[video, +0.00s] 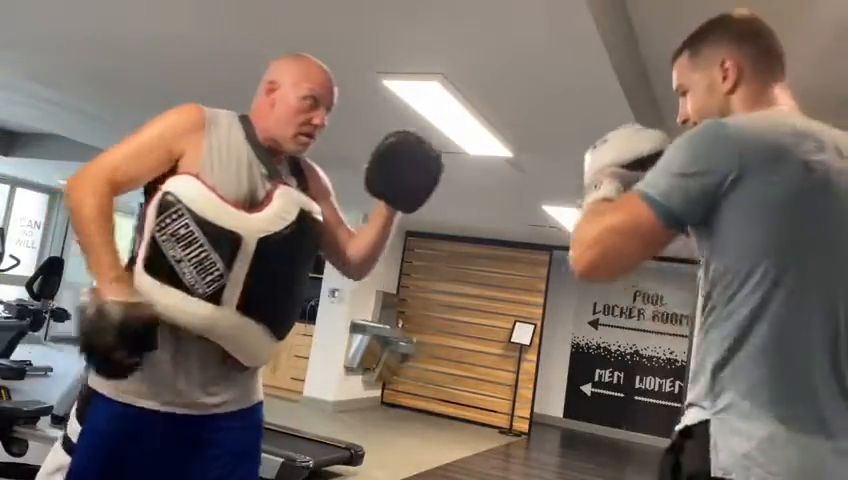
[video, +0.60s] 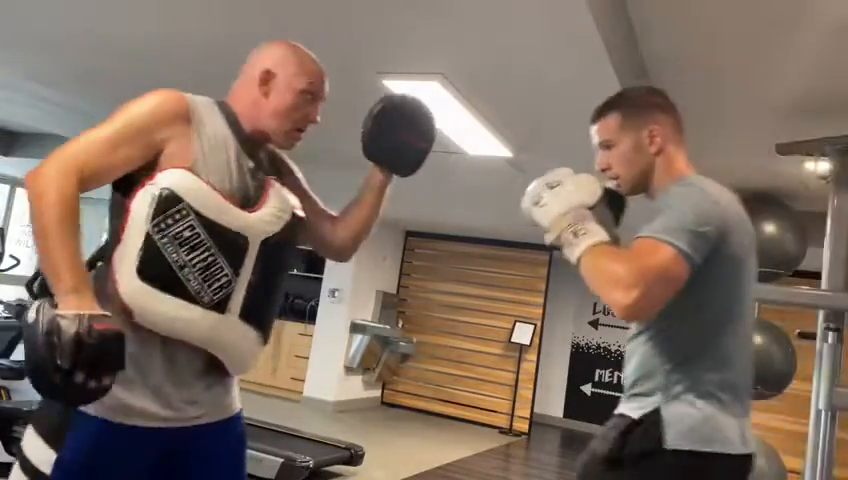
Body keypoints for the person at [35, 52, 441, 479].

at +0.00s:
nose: (321, 119)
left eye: (327, 110)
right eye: (312, 101)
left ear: (327, 118)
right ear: (269, 91)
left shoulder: (309, 180)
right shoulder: (194, 127)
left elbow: (354, 262)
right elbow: (87, 186)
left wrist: (392, 198)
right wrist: (113, 286)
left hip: (232, 410)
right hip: (137, 400)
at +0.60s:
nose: (315, 117)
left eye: (320, 105)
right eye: (308, 97)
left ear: (268, 86)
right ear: (264, 80)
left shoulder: (278, 171)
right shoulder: (172, 113)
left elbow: (338, 242)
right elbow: (51, 178)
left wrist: (384, 169)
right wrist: (74, 297)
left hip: (212, 420)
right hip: (117, 414)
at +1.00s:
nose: (265, 92)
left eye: (268, 78)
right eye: (263, 73)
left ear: (223, 54)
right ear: (223, 53)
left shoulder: (201, 143)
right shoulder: (124, 91)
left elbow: (249, 205)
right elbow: (18, 173)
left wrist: (307, 144)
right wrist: (66, 333)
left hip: (158, 398)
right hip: (83, 402)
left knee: (167, 475)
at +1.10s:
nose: (274, 100)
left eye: (276, 86)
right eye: (271, 82)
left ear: (232, 66)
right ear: (234, 63)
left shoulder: (212, 155)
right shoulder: (139, 94)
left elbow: (246, 214)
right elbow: (35, 179)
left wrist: (304, 162)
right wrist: (78, 338)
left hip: (154, 404)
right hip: (72, 403)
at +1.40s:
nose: (316, 134)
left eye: (320, 124)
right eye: (316, 118)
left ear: (284, 102)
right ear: (288, 99)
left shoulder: (263, 177)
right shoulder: (215, 111)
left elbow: (278, 241)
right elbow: (120, 166)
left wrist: (334, 197)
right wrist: (131, 312)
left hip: (190, 408)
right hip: (121, 399)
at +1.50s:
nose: (325, 137)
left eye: (329, 126)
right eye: (324, 121)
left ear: (295, 105)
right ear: (298, 103)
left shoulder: (275, 183)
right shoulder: (230, 111)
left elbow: (291, 241)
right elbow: (140, 161)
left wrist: (343, 198)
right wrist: (166, 299)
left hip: (196, 392)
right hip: (137, 378)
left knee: (187, 473)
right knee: (104, 474)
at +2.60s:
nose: (326, 126)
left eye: (332, 114)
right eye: (329, 110)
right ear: (304, 90)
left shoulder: (267, 150)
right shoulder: (243, 105)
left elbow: (288, 213)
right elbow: (186, 176)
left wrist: (344, 170)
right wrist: (218, 322)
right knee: (132, 471)